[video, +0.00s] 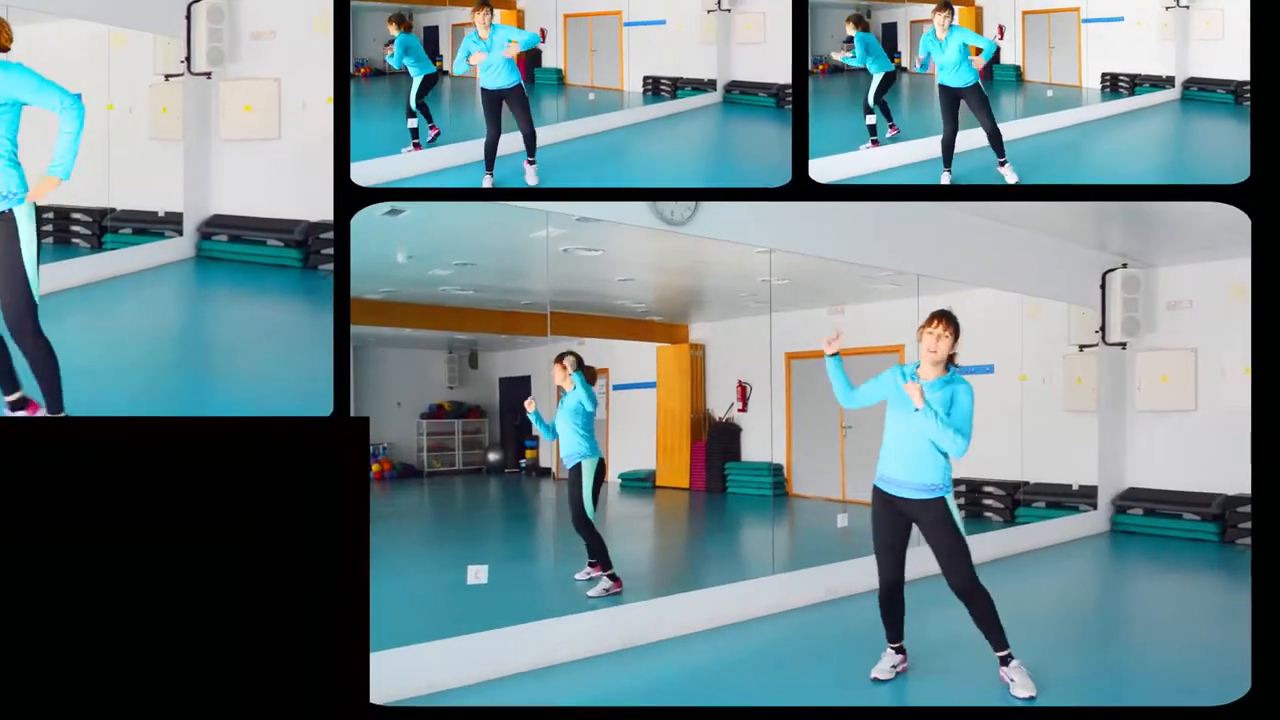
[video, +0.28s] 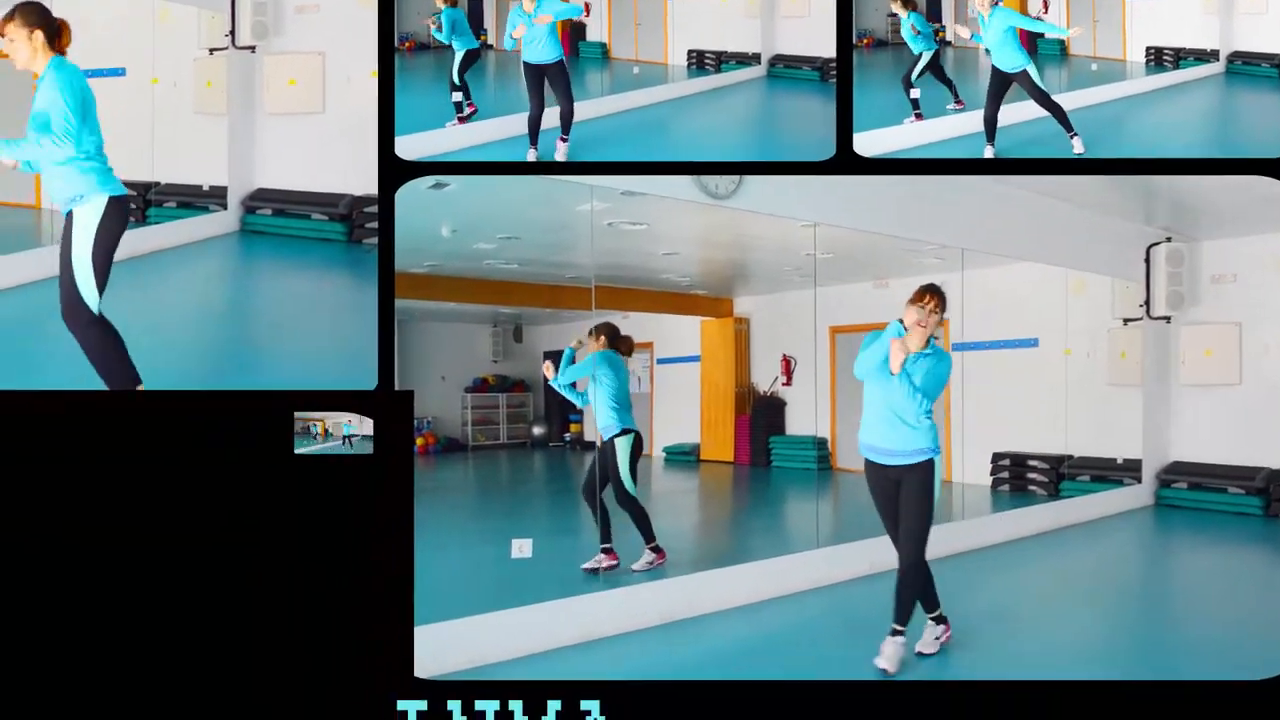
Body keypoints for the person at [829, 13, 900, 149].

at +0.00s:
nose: (846, 29)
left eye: (847, 25)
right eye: (846, 26)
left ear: (853, 25)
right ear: (859, 25)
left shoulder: (859, 37)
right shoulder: (868, 35)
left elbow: (861, 62)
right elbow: (865, 55)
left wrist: (842, 59)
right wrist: (850, 54)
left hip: (881, 72)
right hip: (889, 70)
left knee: (868, 104)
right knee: (878, 98)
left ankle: (874, 141)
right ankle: (892, 126)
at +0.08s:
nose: (849, 26)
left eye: (851, 23)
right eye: (849, 23)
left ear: (857, 23)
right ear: (861, 23)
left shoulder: (865, 35)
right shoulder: (870, 33)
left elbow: (874, 54)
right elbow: (872, 54)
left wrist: (854, 54)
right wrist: (855, 53)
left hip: (886, 69)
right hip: (892, 68)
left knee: (872, 102)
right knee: (888, 97)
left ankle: (877, 138)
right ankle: (907, 122)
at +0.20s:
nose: (869, 16)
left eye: (870, 13)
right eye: (869, 13)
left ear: (876, 13)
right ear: (877, 13)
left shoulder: (892, 26)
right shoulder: (882, 29)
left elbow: (907, 41)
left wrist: (895, 42)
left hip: (907, 60)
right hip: (903, 60)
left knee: (887, 92)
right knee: (919, 89)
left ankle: (896, 126)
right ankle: (936, 112)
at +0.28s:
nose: (891, 7)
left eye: (892, 4)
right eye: (891, 5)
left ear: (899, 4)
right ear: (899, 5)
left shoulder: (915, 17)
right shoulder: (903, 18)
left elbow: (930, 35)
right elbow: (925, 26)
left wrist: (919, 32)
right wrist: (936, 26)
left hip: (929, 51)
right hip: (923, 51)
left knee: (907, 80)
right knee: (942, 77)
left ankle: (917, 115)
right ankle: (958, 101)